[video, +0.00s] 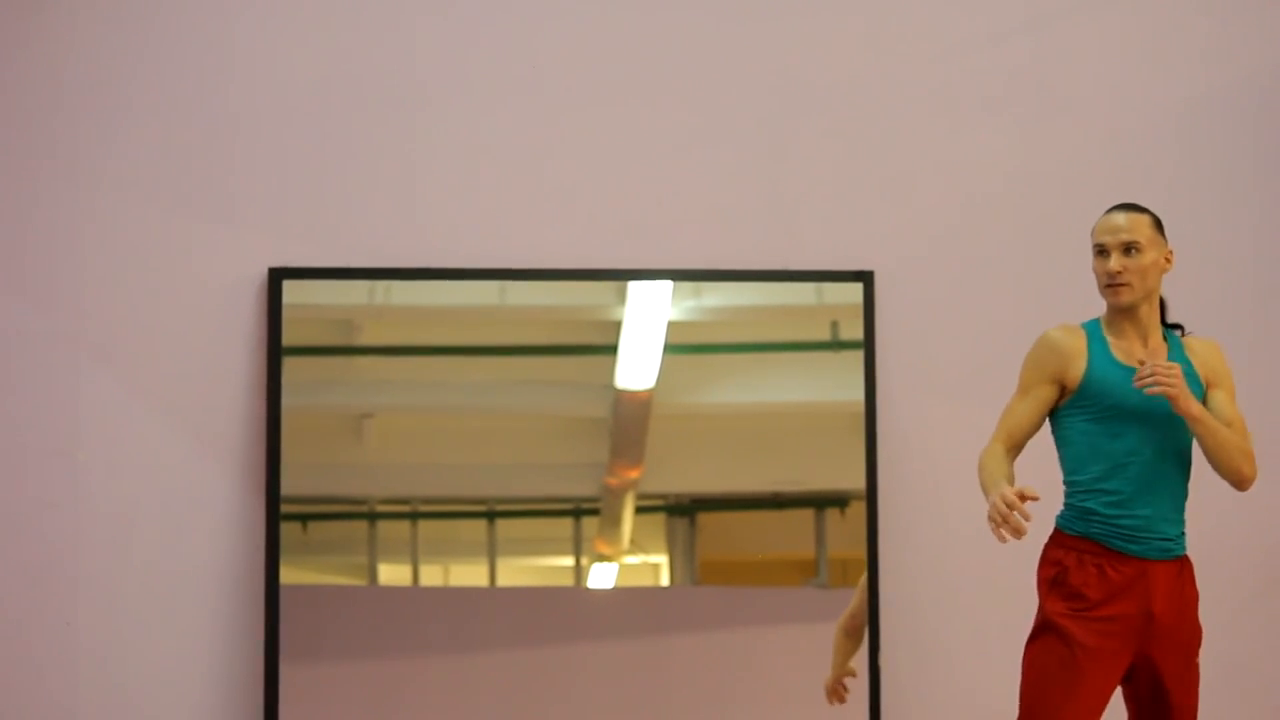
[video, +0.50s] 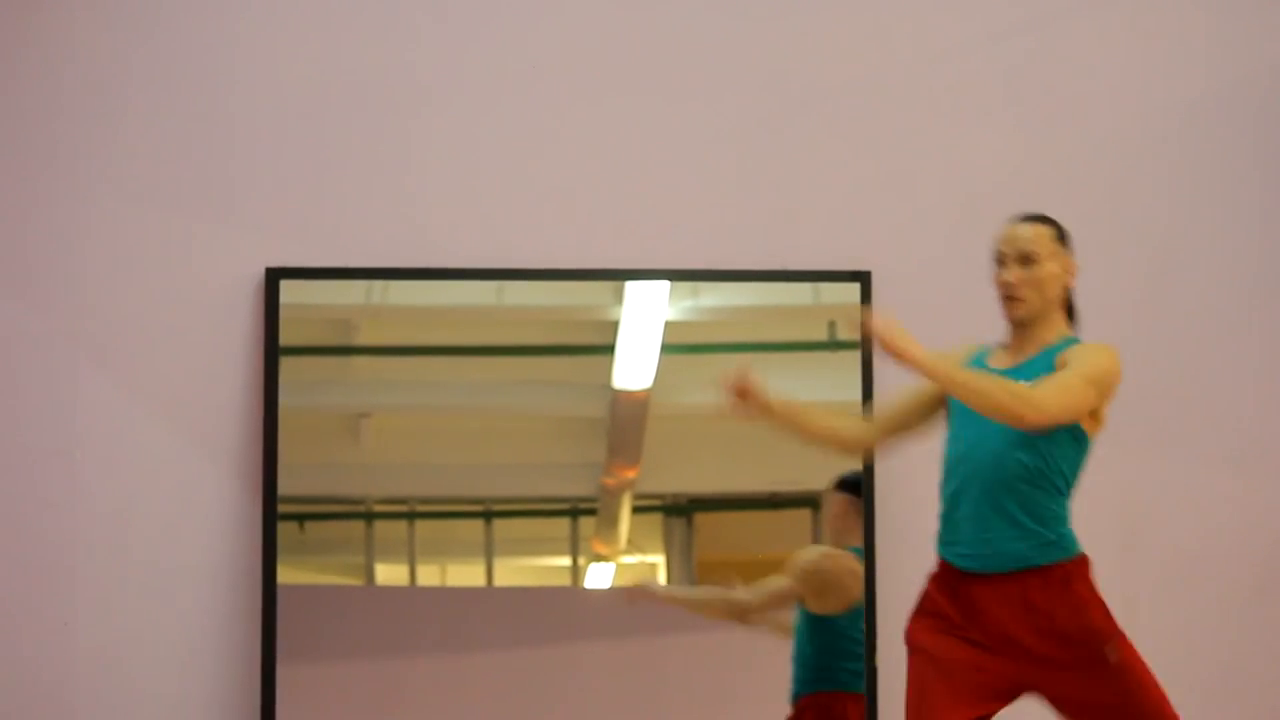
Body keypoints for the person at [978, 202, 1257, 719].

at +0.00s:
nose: (1113, 265)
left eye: (1130, 250)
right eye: (1101, 253)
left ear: (1165, 260)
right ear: (1092, 264)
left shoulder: (1201, 356)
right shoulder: (1063, 348)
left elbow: (1242, 472)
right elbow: (1001, 448)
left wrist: (1189, 407)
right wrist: (999, 492)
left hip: (1167, 584)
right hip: (1082, 578)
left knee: (1173, 712)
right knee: (1050, 712)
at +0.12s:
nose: (1105, 266)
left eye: (1123, 250)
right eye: (1095, 254)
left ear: (1161, 260)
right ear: (1087, 266)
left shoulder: (1203, 357)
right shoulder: (1052, 351)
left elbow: (1214, 449)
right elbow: (1001, 459)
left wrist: (1113, 399)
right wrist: (980, 558)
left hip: (1148, 596)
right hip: (1058, 589)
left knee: (1152, 712)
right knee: (1024, 712)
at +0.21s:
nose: (1090, 273)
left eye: (1108, 257)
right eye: (1082, 260)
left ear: (1149, 268)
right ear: (1074, 272)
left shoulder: (1190, 363)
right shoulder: (1037, 362)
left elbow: (1167, 456)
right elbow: (1009, 486)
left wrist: (1050, 413)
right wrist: (978, 597)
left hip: (1136, 606)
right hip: (1043, 599)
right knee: (1005, 711)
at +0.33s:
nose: (1059, 289)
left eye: (1077, 274)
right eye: (1050, 277)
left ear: (1118, 285)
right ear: (1043, 291)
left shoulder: (1143, 366)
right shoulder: (1030, 386)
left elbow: (1041, 398)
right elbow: (988, 497)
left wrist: (961, 370)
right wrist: (895, 575)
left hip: (1109, 626)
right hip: (1014, 622)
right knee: (970, 711)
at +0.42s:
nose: (1037, 290)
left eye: (1055, 275)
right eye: (1029, 278)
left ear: (1095, 285)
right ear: (1020, 288)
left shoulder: (1113, 366)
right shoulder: (1007, 394)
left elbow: (995, 381)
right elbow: (926, 484)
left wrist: (905, 326)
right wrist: (807, 495)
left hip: (1081, 620)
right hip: (985, 620)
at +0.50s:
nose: (1008, 276)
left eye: (1026, 262)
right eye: (1000, 264)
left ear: (1067, 273)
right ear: (993, 275)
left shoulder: (1093, 362)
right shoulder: (969, 364)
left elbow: (1031, 409)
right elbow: (864, 433)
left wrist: (917, 357)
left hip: (1055, 606)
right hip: (956, 611)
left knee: (1154, 715)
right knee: (928, 712)